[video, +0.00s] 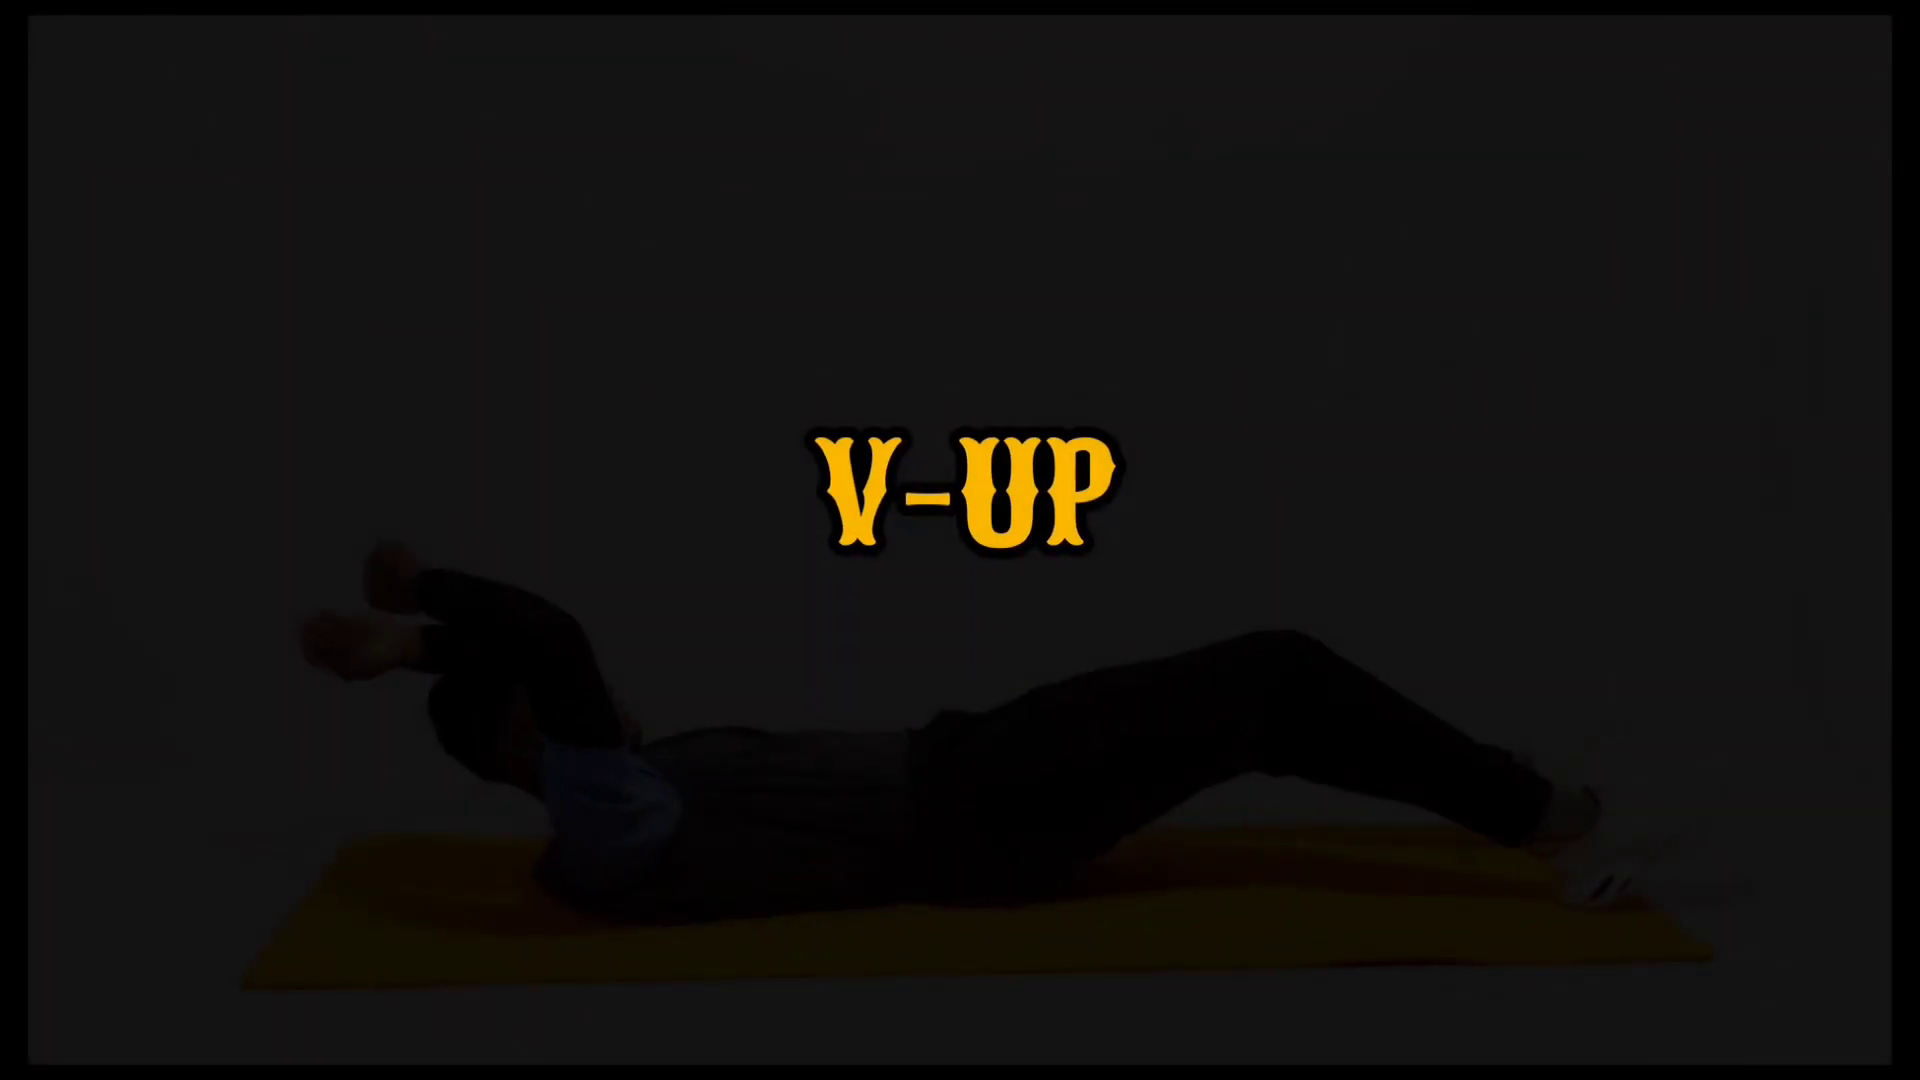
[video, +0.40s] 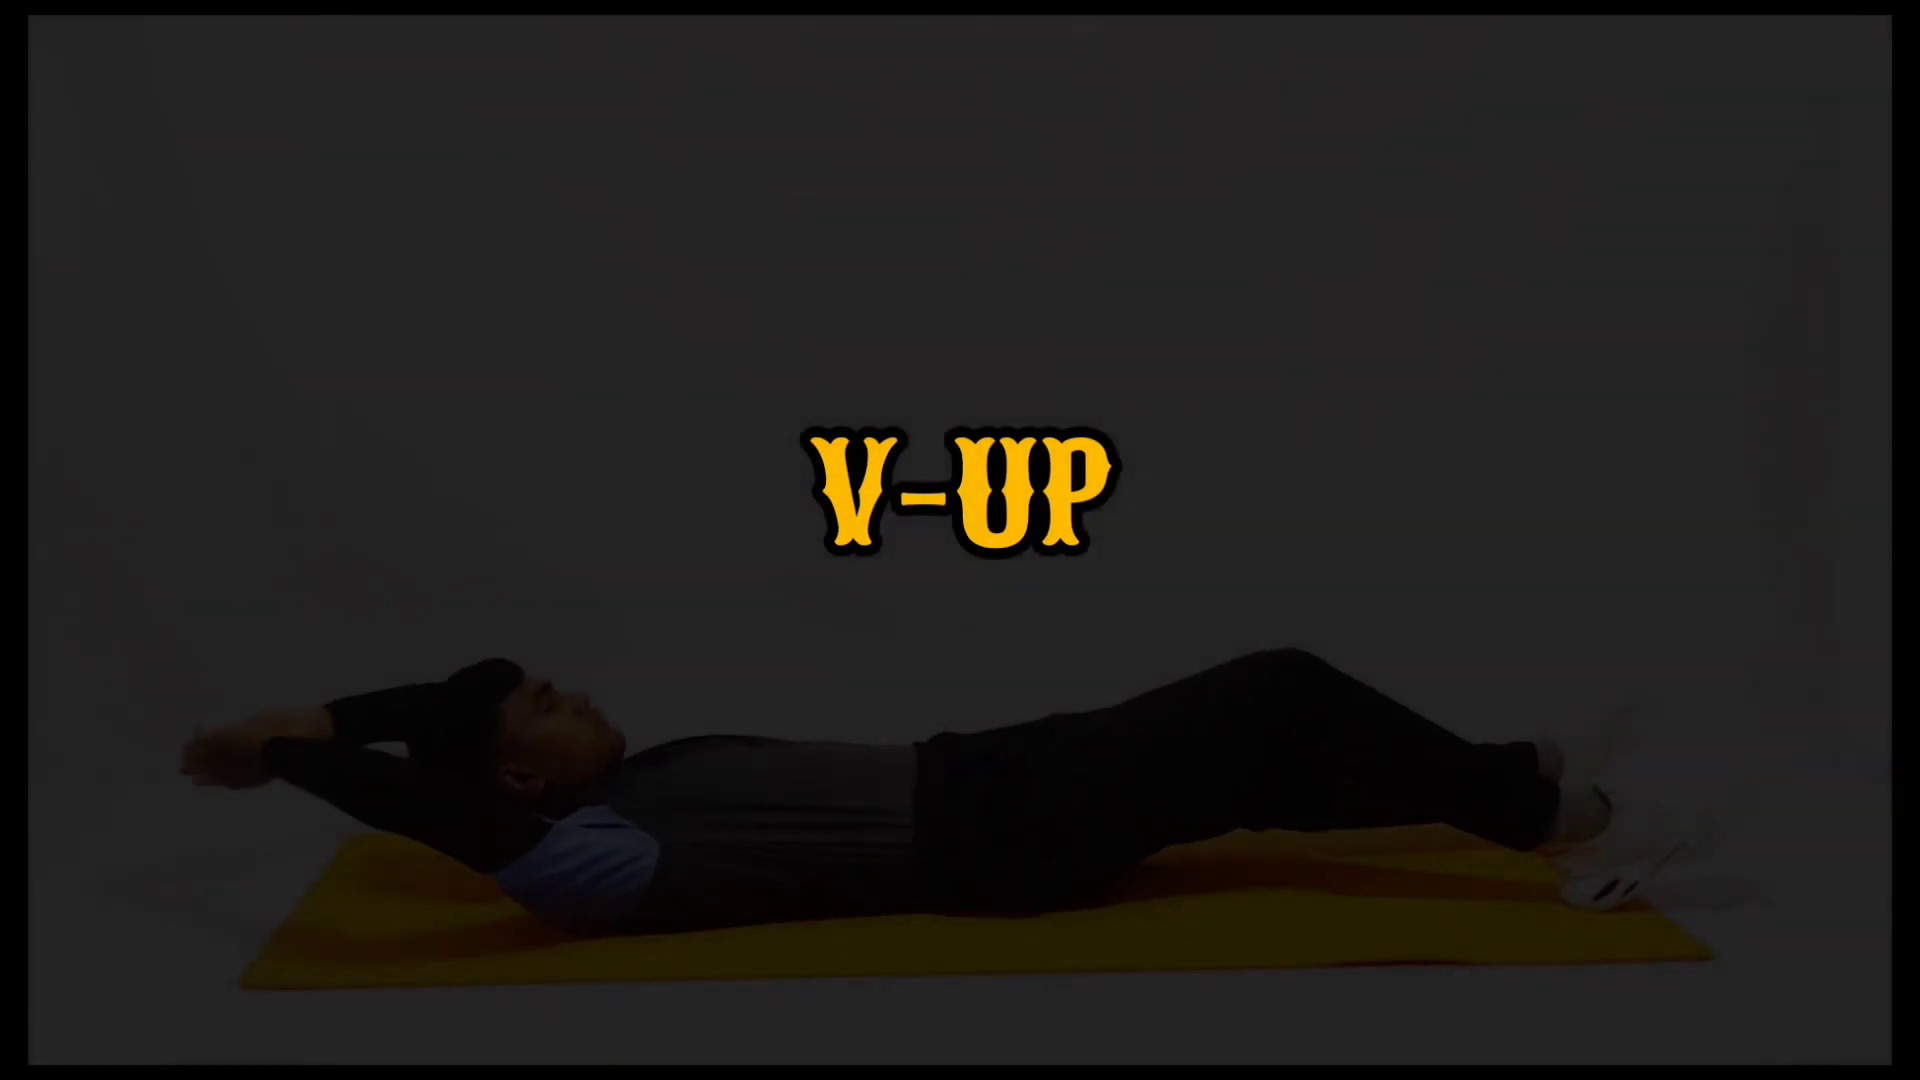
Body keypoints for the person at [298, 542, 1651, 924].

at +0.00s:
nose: (537, 728)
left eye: (528, 715)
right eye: (518, 725)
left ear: (529, 743)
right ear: (518, 752)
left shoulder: (616, 798)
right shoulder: (602, 821)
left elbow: (545, 659)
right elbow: (546, 653)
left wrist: (420, 623)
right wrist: (420, 627)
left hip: (972, 788)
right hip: (966, 813)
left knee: (1264, 673)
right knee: (1264, 676)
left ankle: (1526, 808)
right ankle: (1529, 816)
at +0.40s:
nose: (570, 710)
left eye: (550, 702)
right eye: (538, 721)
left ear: (559, 729)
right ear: (516, 781)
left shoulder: (638, 781)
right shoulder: (601, 853)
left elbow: (477, 724)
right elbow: (456, 825)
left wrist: (320, 728)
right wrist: (297, 757)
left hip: (1001, 765)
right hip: (999, 823)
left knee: (1280, 684)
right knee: (1274, 704)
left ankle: (1500, 787)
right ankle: (1516, 803)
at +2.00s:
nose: (534, 741)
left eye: (515, 728)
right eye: (505, 754)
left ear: (532, 743)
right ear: (497, 811)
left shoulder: (621, 784)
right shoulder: (602, 852)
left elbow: (397, 741)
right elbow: (501, 850)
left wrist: (208, 704)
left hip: (977, 766)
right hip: (966, 829)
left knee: (1245, 737)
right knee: (1246, 773)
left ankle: (1535, 761)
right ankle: (1553, 784)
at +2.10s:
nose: (574, 686)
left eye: (556, 672)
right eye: (549, 681)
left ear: (525, 733)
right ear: (521, 738)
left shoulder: (607, 780)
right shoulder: (593, 829)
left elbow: (486, 648)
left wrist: (342, 533)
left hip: (970, 768)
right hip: (976, 820)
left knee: (1247, 722)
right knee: (1245, 743)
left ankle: (1549, 708)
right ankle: (1557, 722)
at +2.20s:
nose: (582, 664)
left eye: (566, 659)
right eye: (557, 668)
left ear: (539, 704)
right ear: (530, 711)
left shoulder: (625, 751)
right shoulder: (605, 793)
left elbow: (613, 565)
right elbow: (616, 571)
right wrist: (561, 407)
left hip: (958, 777)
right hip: (963, 828)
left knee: (1222, 678)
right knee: (1232, 716)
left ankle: (1521, 614)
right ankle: (1536, 634)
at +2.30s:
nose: (631, 622)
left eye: (615, 606)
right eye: (600, 623)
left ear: (600, 634)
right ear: (552, 683)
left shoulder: (652, 715)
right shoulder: (637, 743)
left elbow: (720, 544)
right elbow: (727, 555)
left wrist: (738, 370)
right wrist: (770, 365)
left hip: (963, 787)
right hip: (962, 831)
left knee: (1207, 639)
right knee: (1217, 663)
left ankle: (1489, 522)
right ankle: (1517, 541)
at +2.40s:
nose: (688, 561)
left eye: (673, 542)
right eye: (659, 560)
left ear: (671, 567)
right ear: (614, 613)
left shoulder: (699, 656)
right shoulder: (682, 689)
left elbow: (810, 511)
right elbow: (829, 523)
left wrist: (893, 352)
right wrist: (934, 352)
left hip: (960, 783)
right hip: (968, 842)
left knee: (1179, 589)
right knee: (1198, 616)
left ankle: (1417, 421)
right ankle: (1450, 437)